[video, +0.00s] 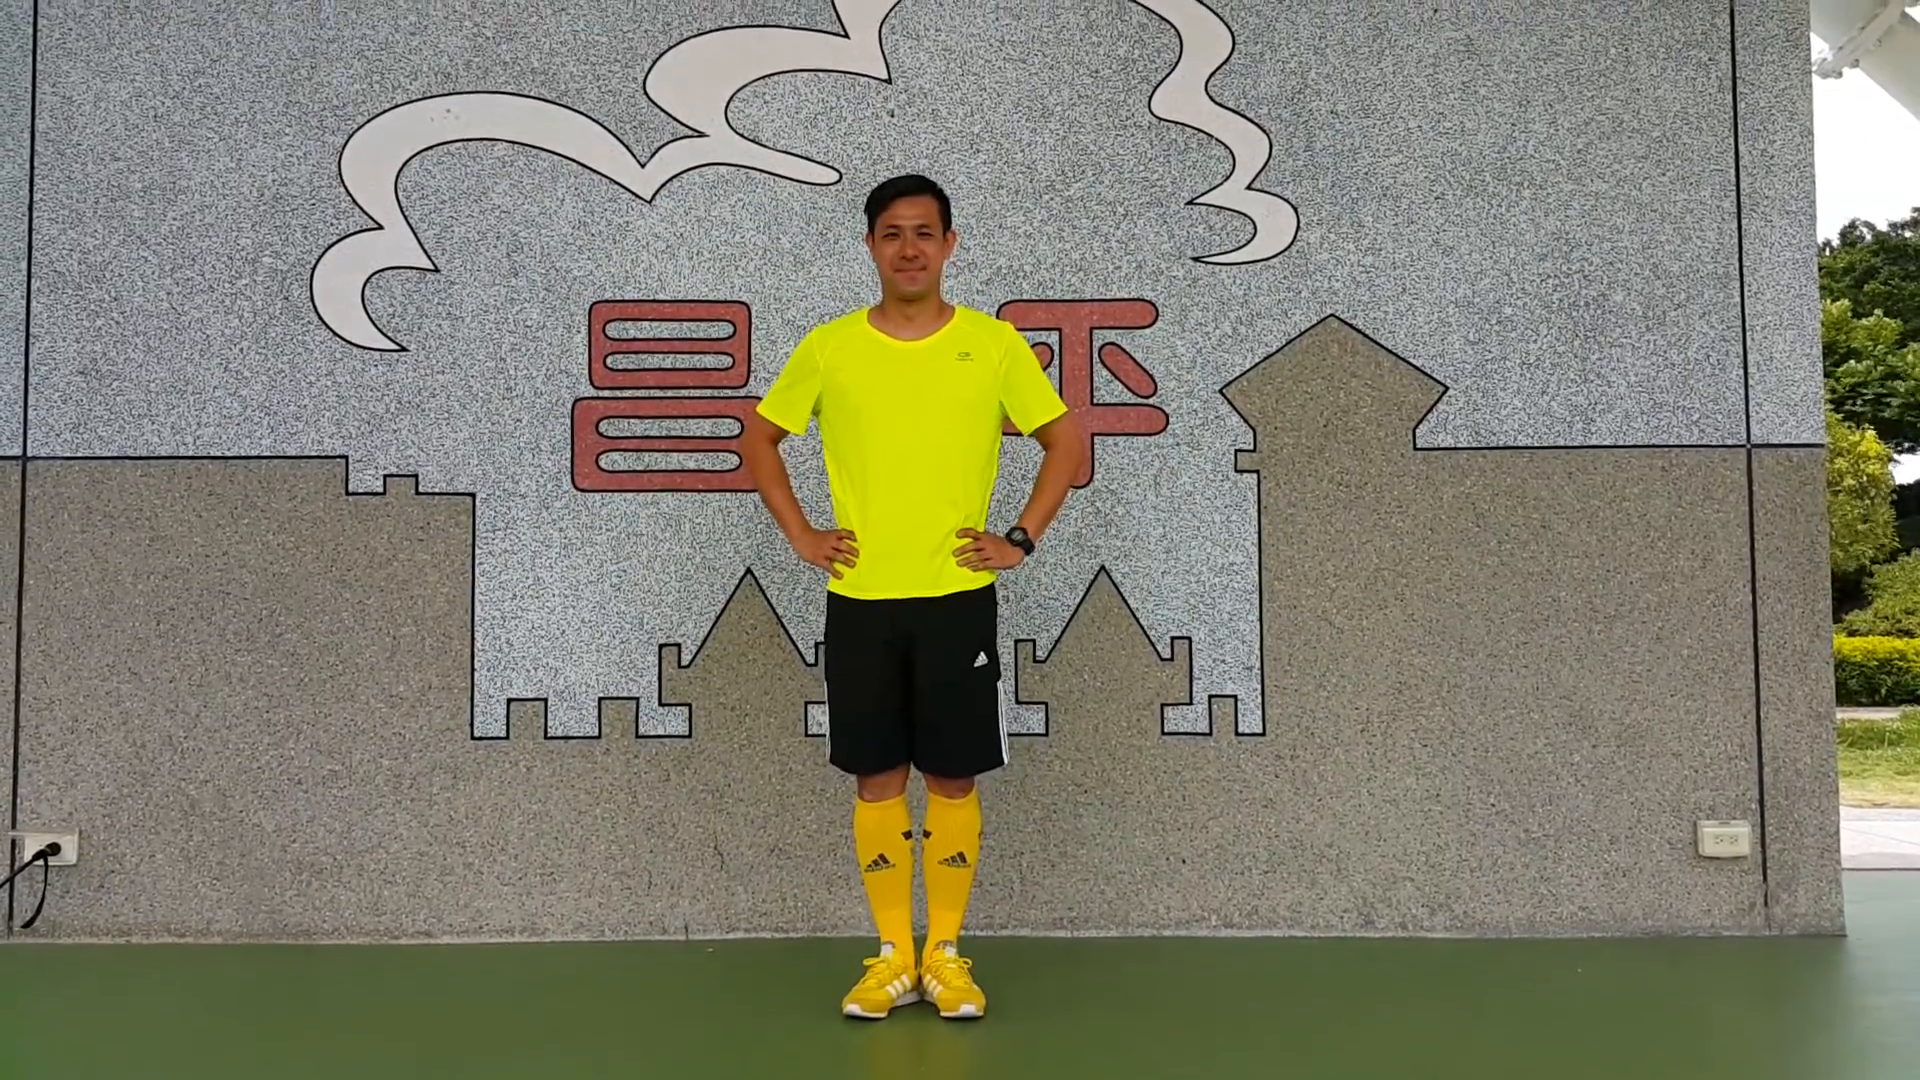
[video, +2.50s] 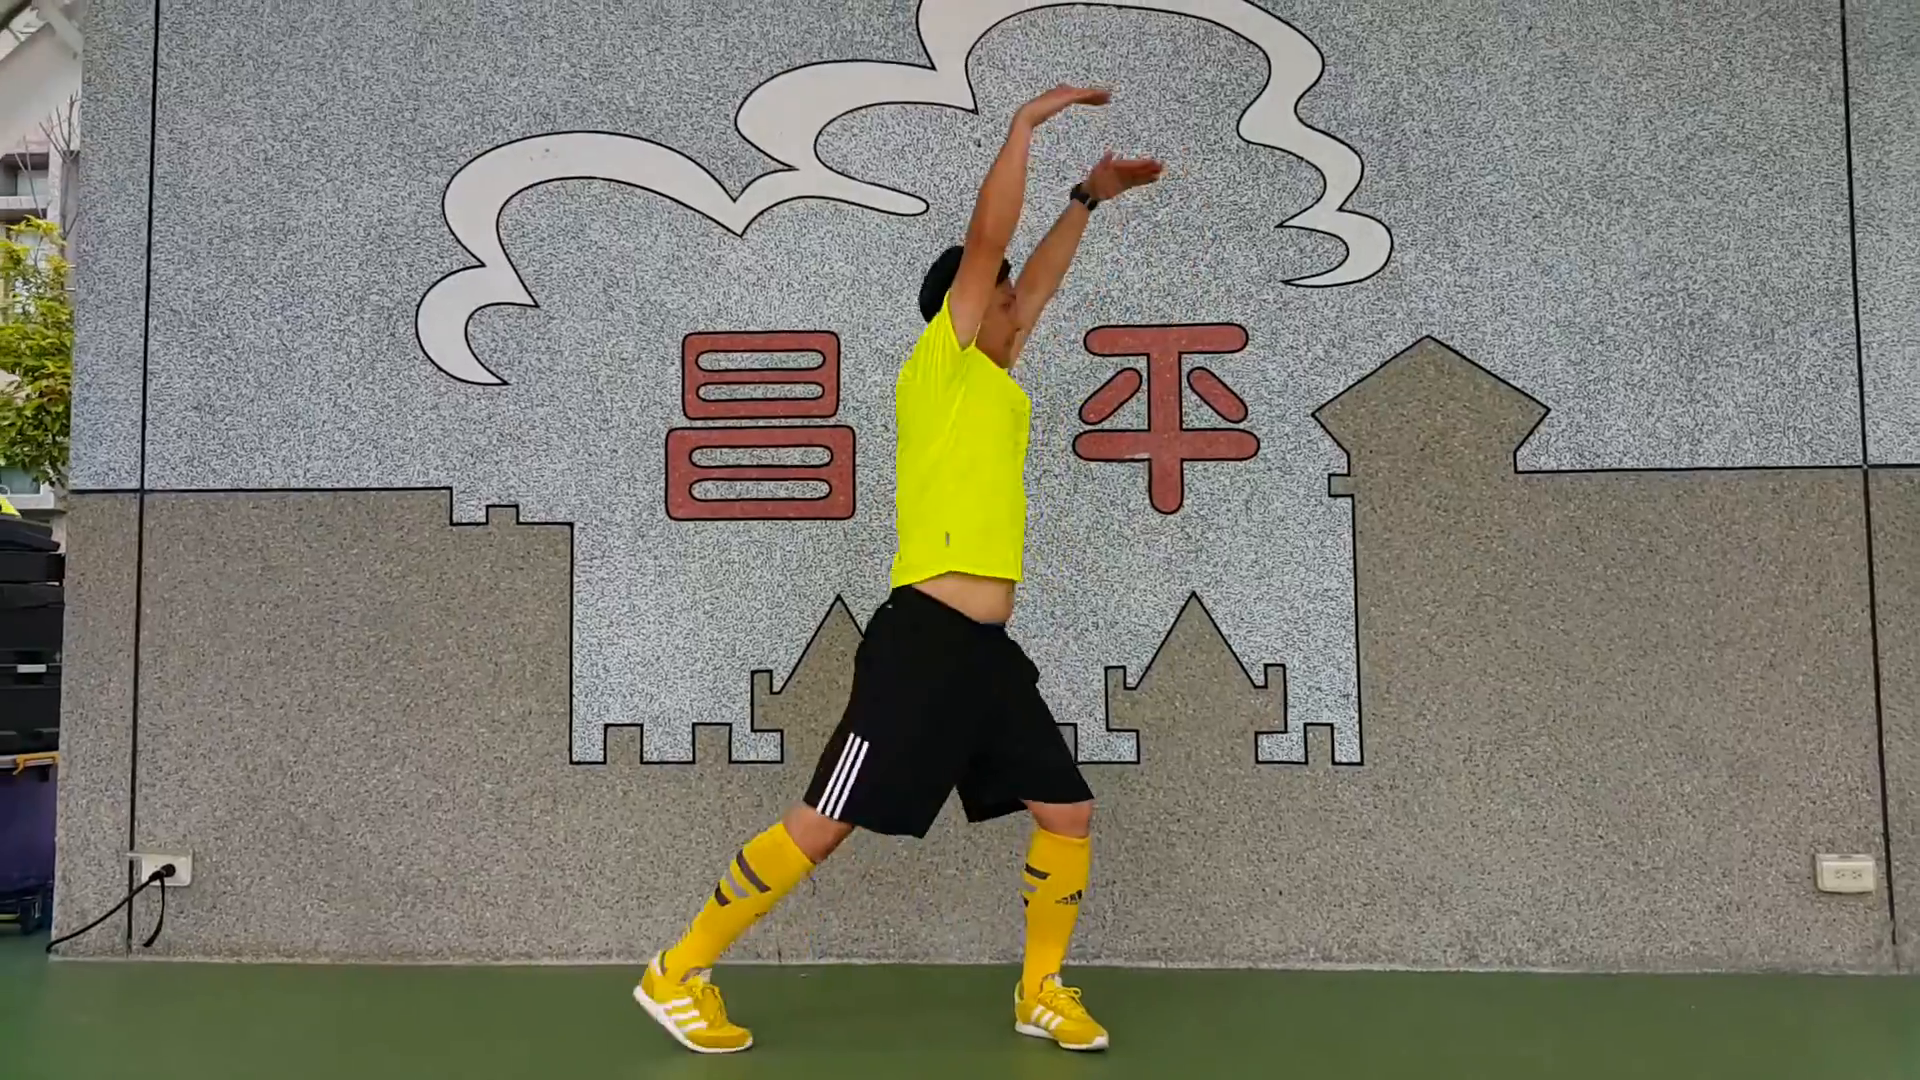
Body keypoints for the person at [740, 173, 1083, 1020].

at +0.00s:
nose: (909, 247)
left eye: (924, 233)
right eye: (893, 234)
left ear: (948, 246)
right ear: (872, 249)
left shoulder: (992, 342)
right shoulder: (831, 345)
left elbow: (1067, 439)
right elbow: (757, 438)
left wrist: (1021, 538)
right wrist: (800, 532)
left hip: (958, 591)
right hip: (862, 592)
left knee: (951, 774)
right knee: (877, 774)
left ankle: (943, 955)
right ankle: (895, 957)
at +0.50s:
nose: (919, 243)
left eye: (934, 232)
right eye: (902, 233)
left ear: (959, 253)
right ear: (881, 258)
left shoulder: (1007, 348)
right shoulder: (842, 354)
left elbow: (1083, 447)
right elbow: (768, 448)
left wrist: (1038, 544)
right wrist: (812, 543)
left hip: (973, 600)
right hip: (877, 602)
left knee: (968, 785)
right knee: (891, 787)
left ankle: (964, 971)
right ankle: (909, 974)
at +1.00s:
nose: (944, 280)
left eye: (960, 265)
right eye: (928, 267)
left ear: (984, 278)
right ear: (906, 282)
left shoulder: (1030, 373)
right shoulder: (865, 380)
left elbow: (1106, 469)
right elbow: (794, 474)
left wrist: (1061, 570)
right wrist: (838, 566)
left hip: (997, 624)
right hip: (900, 626)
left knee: (990, 809)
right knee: (918, 808)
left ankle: (983, 989)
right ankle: (934, 991)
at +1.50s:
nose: (949, 256)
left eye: (964, 244)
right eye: (933, 245)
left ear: (990, 266)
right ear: (911, 269)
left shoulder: (1034, 361)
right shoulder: (871, 365)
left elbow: (1110, 457)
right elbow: (797, 460)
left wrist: (1064, 556)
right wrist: (839, 553)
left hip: (999, 614)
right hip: (901, 615)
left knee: (992, 800)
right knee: (915, 799)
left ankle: (985, 985)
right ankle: (933, 986)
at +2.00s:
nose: (978, 271)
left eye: (991, 258)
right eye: (962, 259)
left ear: (1010, 274)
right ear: (933, 275)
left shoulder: (1047, 349)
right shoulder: (886, 354)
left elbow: (1121, 413)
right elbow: (782, 396)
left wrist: (1131, 499)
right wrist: (801, 462)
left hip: (1024, 603)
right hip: (925, 606)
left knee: (1022, 798)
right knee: (937, 801)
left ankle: (1014, 987)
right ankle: (956, 988)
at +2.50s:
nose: (1011, 301)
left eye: (1012, 291)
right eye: (994, 285)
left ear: (993, 309)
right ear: (957, 298)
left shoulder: (988, 377)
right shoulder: (938, 361)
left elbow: (1036, 292)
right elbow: (989, 246)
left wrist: (1086, 200)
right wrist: (1023, 125)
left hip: (991, 653)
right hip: (919, 641)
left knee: (1067, 812)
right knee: (823, 824)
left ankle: (1041, 994)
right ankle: (676, 974)